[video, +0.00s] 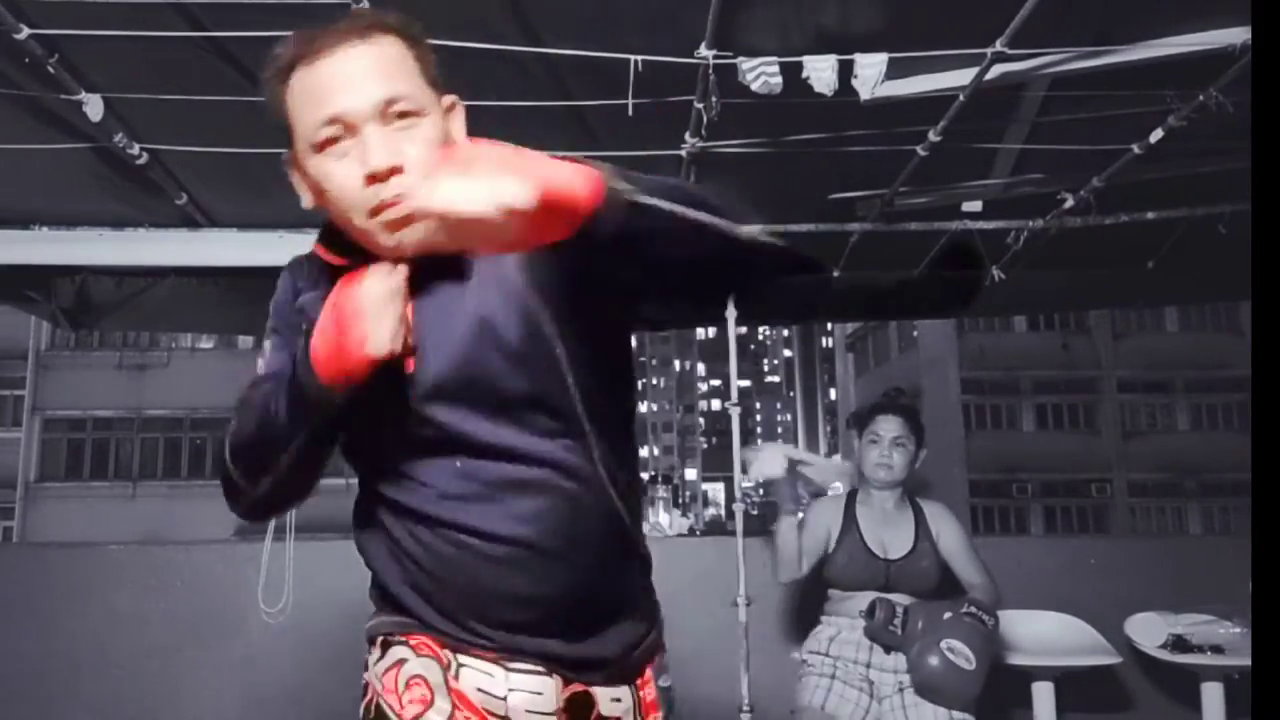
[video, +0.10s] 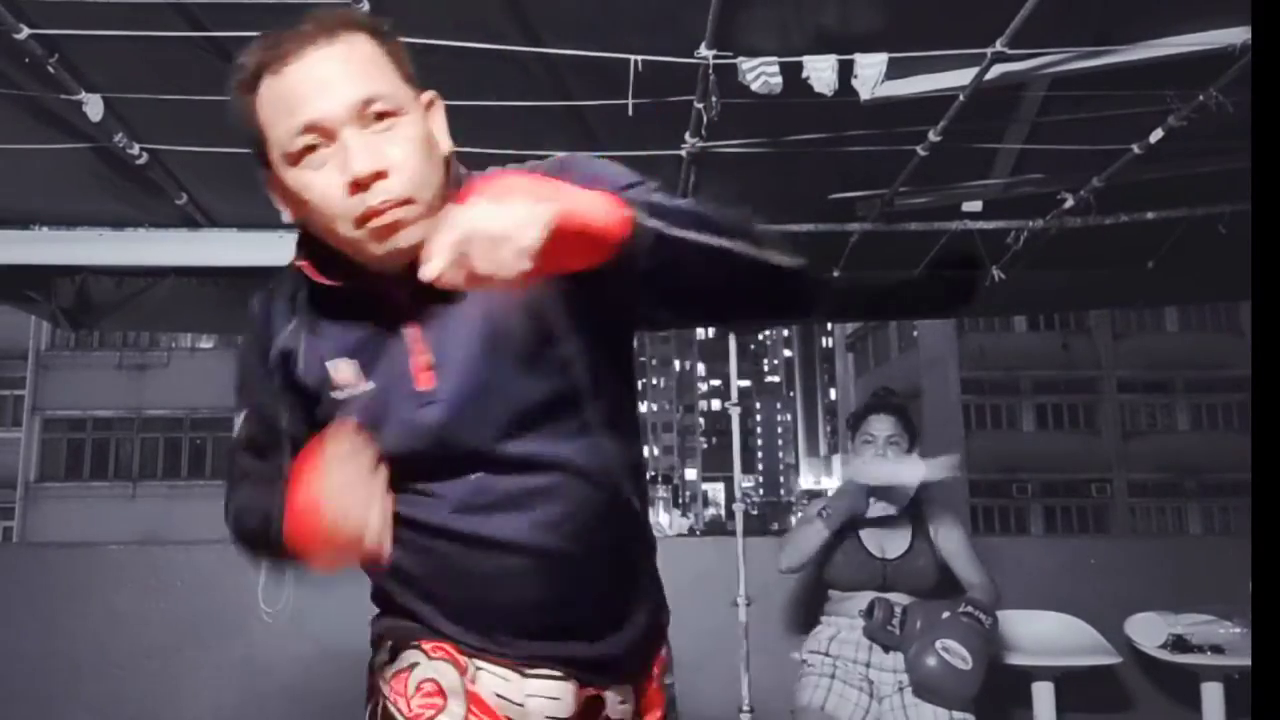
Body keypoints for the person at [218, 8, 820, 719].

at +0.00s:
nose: (377, 159)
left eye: (400, 117)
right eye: (335, 140)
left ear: (455, 124)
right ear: (304, 182)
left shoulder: (565, 246)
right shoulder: (317, 290)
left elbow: (798, 279)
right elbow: (251, 494)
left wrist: (591, 202)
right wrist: (320, 371)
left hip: (612, 659)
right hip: (442, 658)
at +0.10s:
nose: (357, 164)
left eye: (376, 119)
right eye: (312, 150)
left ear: (434, 120)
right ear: (281, 194)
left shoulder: (554, 206)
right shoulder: (295, 324)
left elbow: (787, 285)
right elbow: (248, 499)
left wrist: (596, 231)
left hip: (625, 663)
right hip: (456, 666)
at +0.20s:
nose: (479, 124)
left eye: (489, 80)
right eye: (424, 105)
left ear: (525, 92)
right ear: (369, 161)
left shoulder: (591, 239)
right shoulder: (332, 319)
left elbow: (788, 238)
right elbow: (266, 549)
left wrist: (695, 183)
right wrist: (368, 684)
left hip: (606, 666)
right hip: (450, 663)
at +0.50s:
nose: (586, 114)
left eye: (599, 88)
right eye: (553, 90)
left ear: (623, 96)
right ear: (478, 127)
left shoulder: (625, 241)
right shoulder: (437, 211)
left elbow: (738, 351)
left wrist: (720, 260)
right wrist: (508, 186)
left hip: (585, 652)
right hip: (437, 646)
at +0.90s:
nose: (407, 105)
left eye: (434, 66)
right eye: (361, 83)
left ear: (486, 92)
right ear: (318, 135)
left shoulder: (604, 200)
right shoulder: (319, 259)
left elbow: (782, 358)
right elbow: (180, 458)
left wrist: (644, 254)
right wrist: (294, 303)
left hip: (625, 659)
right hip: (441, 655)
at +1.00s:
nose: (563, 106)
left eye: (579, 76)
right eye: (515, 79)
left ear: (603, 91)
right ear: (432, 120)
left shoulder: (639, 239)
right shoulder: (376, 244)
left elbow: (809, 361)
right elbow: (283, 456)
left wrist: (726, 229)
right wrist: (424, 262)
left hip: (616, 666)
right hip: (455, 660)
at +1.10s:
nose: (674, 133)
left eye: (677, 105)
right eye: (634, 109)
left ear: (692, 109)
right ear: (539, 132)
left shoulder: (681, 258)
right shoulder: (461, 238)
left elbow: (799, 375)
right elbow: (349, 428)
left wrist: (763, 253)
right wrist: (514, 253)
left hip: (613, 646)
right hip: (468, 636)